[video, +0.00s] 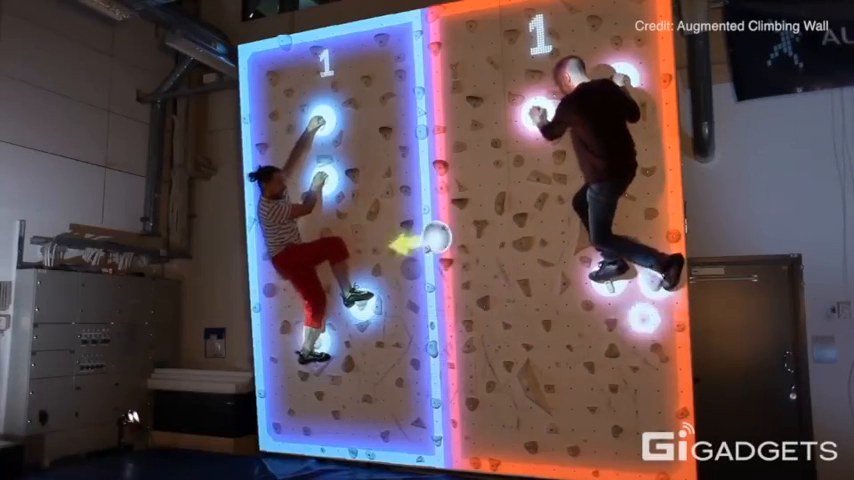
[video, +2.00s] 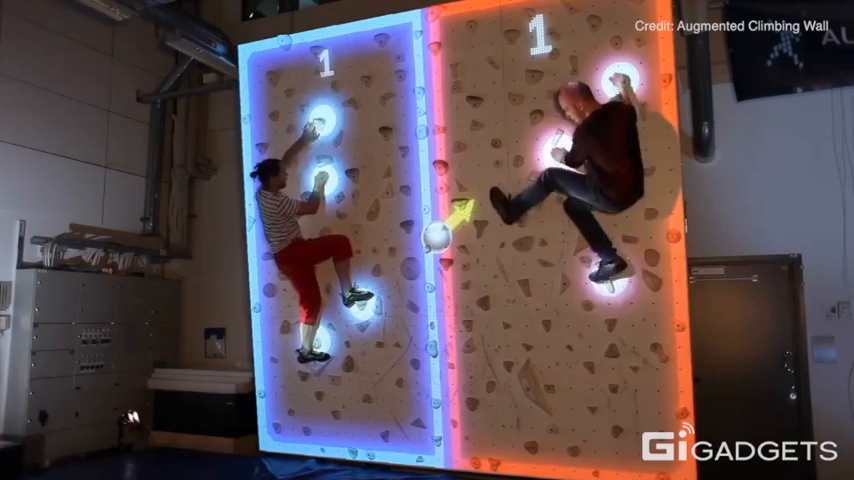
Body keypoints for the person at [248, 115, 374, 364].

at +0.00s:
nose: (284, 185)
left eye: (283, 181)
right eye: (279, 182)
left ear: (273, 185)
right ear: (267, 185)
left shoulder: (268, 200)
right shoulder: (274, 207)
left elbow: (291, 162)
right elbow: (306, 209)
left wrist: (309, 132)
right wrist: (317, 188)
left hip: (283, 259)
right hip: (291, 255)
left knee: (316, 298)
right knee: (333, 245)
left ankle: (307, 351)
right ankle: (349, 293)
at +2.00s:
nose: (286, 178)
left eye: (285, 173)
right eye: (282, 175)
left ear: (267, 178)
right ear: (272, 179)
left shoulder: (263, 194)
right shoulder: (278, 202)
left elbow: (286, 161)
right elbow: (313, 208)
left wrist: (305, 139)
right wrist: (320, 185)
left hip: (284, 257)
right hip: (295, 251)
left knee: (311, 299)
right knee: (340, 243)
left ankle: (306, 350)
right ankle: (348, 292)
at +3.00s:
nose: (284, 178)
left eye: (281, 175)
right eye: (280, 176)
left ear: (268, 183)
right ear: (269, 183)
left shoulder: (268, 194)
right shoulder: (278, 205)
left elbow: (298, 167)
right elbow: (311, 208)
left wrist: (330, 171)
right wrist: (320, 182)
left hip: (285, 256)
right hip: (293, 253)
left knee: (311, 301)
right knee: (338, 244)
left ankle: (306, 351)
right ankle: (348, 293)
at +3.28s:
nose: (299, 174)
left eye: (297, 171)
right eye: (295, 173)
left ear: (284, 180)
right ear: (284, 180)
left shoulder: (290, 188)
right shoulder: (286, 199)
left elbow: (323, 170)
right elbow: (315, 207)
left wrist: (359, 165)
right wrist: (319, 184)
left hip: (286, 249)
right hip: (292, 248)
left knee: (301, 299)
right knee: (337, 243)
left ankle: (304, 351)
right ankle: (348, 292)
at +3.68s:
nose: (306, 164)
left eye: (304, 162)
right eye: (302, 164)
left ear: (290, 171)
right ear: (294, 171)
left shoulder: (290, 183)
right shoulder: (293, 193)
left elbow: (318, 152)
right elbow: (322, 209)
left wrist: (342, 127)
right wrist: (321, 185)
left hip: (290, 246)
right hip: (300, 243)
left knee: (303, 296)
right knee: (345, 242)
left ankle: (305, 350)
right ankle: (348, 292)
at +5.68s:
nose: (283, 187)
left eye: (283, 183)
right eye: (279, 185)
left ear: (279, 181)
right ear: (269, 186)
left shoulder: (268, 195)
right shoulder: (279, 204)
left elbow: (290, 158)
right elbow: (311, 207)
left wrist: (308, 130)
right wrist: (320, 186)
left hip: (282, 254)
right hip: (291, 251)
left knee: (305, 300)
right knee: (333, 246)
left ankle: (305, 351)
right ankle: (346, 294)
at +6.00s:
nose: (285, 188)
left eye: (285, 184)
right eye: (280, 185)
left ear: (282, 181)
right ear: (270, 187)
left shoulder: (270, 193)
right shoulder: (278, 204)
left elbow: (292, 157)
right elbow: (309, 205)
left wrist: (309, 130)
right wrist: (320, 185)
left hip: (283, 253)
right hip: (288, 252)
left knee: (304, 299)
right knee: (332, 250)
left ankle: (305, 352)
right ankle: (344, 297)